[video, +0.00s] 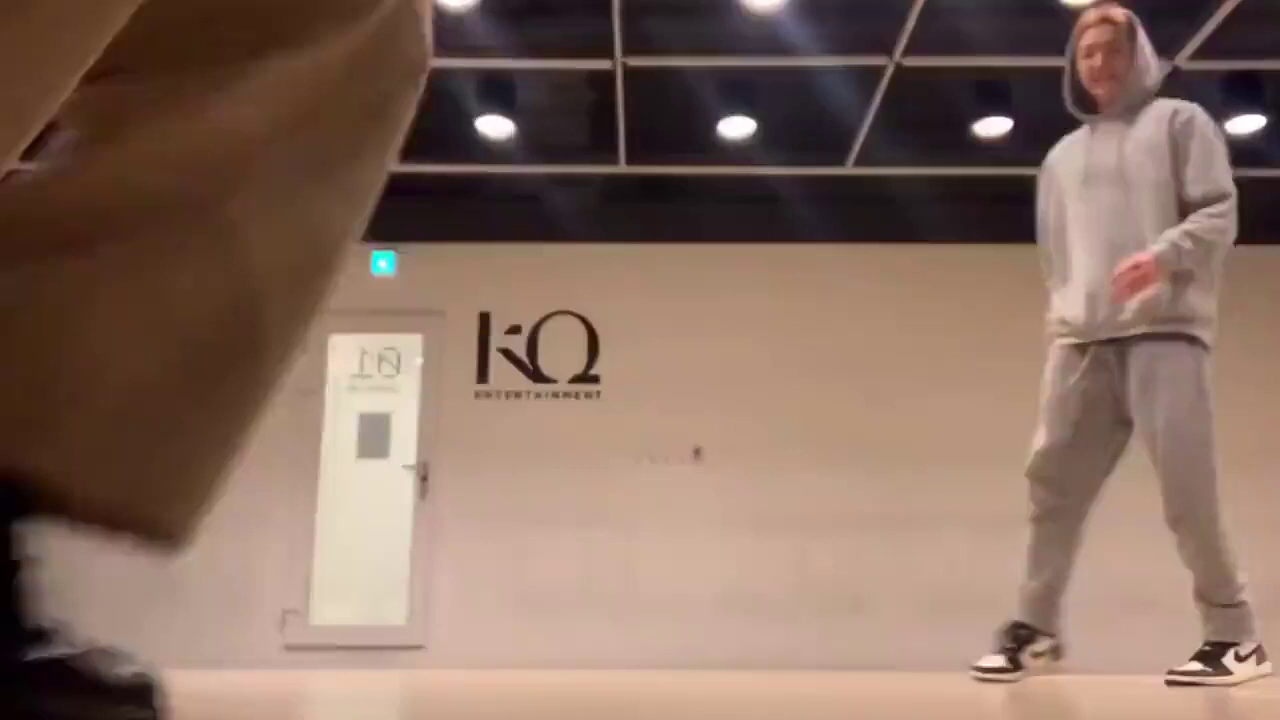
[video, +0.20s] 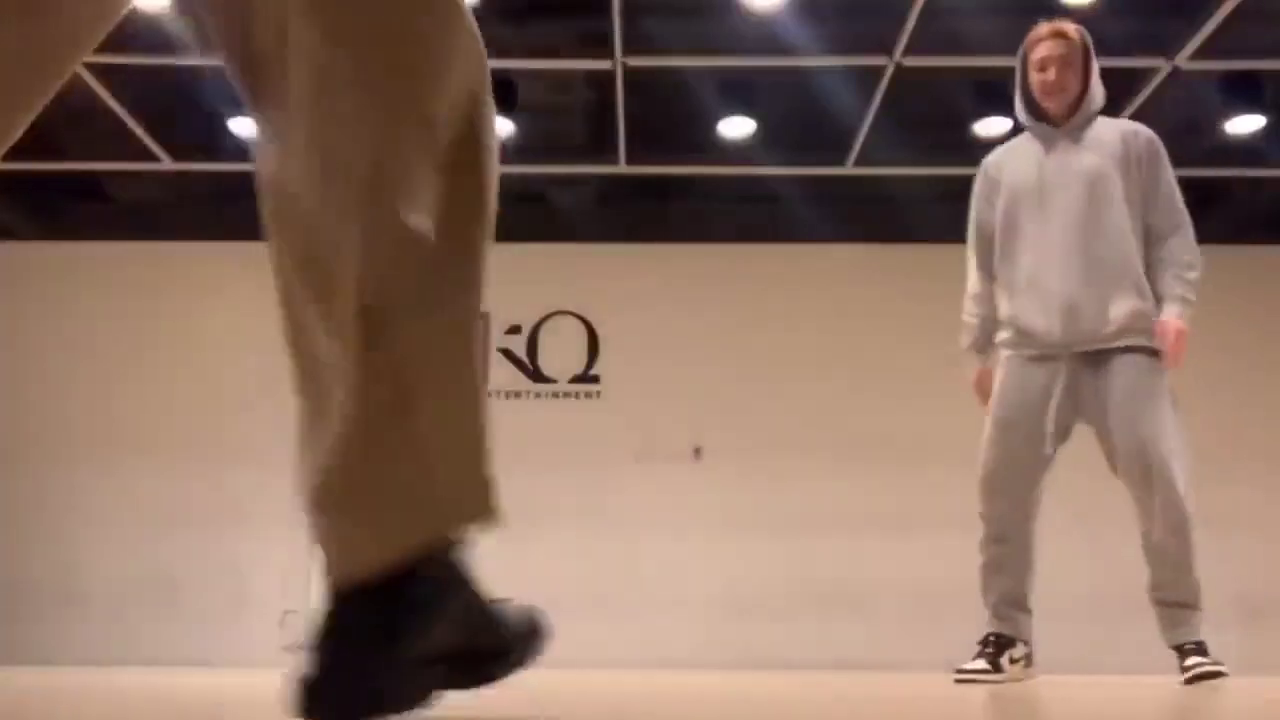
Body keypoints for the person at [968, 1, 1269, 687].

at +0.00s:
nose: (1099, 62)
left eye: (1111, 48)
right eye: (1088, 52)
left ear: (1137, 56)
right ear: (1074, 66)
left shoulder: (1181, 122)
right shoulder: (1062, 156)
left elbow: (1219, 216)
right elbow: (1057, 267)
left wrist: (1162, 258)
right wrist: (1060, 359)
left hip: (1167, 335)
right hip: (1086, 342)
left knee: (1187, 492)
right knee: (1053, 479)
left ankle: (1233, 638)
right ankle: (1036, 629)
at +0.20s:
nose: (1051, 76)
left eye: (1062, 64)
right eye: (1040, 65)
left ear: (1087, 70)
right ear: (1025, 76)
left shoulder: (1133, 144)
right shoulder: (999, 165)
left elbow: (1175, 238)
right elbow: (981, 266)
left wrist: (1174, 309)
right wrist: (982, 353)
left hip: (1123, 349)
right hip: (1030, 353)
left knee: (1160, 479)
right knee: (1002, 486)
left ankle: (1186, 636)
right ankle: (1005, 635)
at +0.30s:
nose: (1053, 69)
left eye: (1064, 58)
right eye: (1041, 60)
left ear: (1087, 65)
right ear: (1024, 71)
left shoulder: (1130, 143)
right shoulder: (995, 152)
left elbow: (1165, 236)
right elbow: (965, 246)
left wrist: (1190, 319)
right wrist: (953, 328)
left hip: (1127, 341)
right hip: (1030, 345)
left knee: (1155, 477)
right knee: (1011, 485)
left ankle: (1167, 631)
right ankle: (1004, 633)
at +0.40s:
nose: (1071, 67)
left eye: (1082, 57)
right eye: (1059, 57)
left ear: (1102, 67)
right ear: (1040, 67)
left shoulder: (1136, 151)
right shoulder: (1001, 150)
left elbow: (1173, 244)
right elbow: (964, 237)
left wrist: (1200, 325)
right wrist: (956, 320)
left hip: (1135, 356)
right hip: (1038, 356)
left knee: (1162, 497)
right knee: (1020, 501)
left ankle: (1166, 633)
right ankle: (1003, 634)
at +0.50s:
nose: (1116, 69)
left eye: (1125, 61)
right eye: (1104, 58)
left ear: (1135, 78)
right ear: (1077, 69)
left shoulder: (1148, 165)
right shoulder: (1028, 147)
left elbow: (1180, 259)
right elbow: (987, 233)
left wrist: (1212, 336)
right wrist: (986, 324)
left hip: (1148, 362)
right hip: (1056, 358)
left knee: (1188, 477)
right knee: (1026, 499)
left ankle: (1185, 635)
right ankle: (1000, 634)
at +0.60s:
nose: (1160, 89)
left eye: (1164, 80)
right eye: (1148, 77)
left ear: (1166, 95)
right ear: (1111, 83)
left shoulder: (1162, 183)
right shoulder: (1070, 147)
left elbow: (1189, 278)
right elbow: (1033, 234)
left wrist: (1234, 343)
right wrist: (1032, 326)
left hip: (1169, 369)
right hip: (1089, 362)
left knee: (1216, 484)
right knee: (1040, 498)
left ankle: (1199, 642)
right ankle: (986, 633)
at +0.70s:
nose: (1199, 97)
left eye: (1199, 89)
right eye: (1188, 87)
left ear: (1174, 106)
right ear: (1152, 96)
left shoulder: (1173, 180)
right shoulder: (1126, 152)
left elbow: (1195, 291)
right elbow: (1093, 241)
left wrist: (1255, 342)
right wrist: (1091, 328)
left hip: (1201, 377)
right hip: (1140, 370)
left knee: (1245, 501)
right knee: (1072, 495)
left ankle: (1202, 643)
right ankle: (985, 625)